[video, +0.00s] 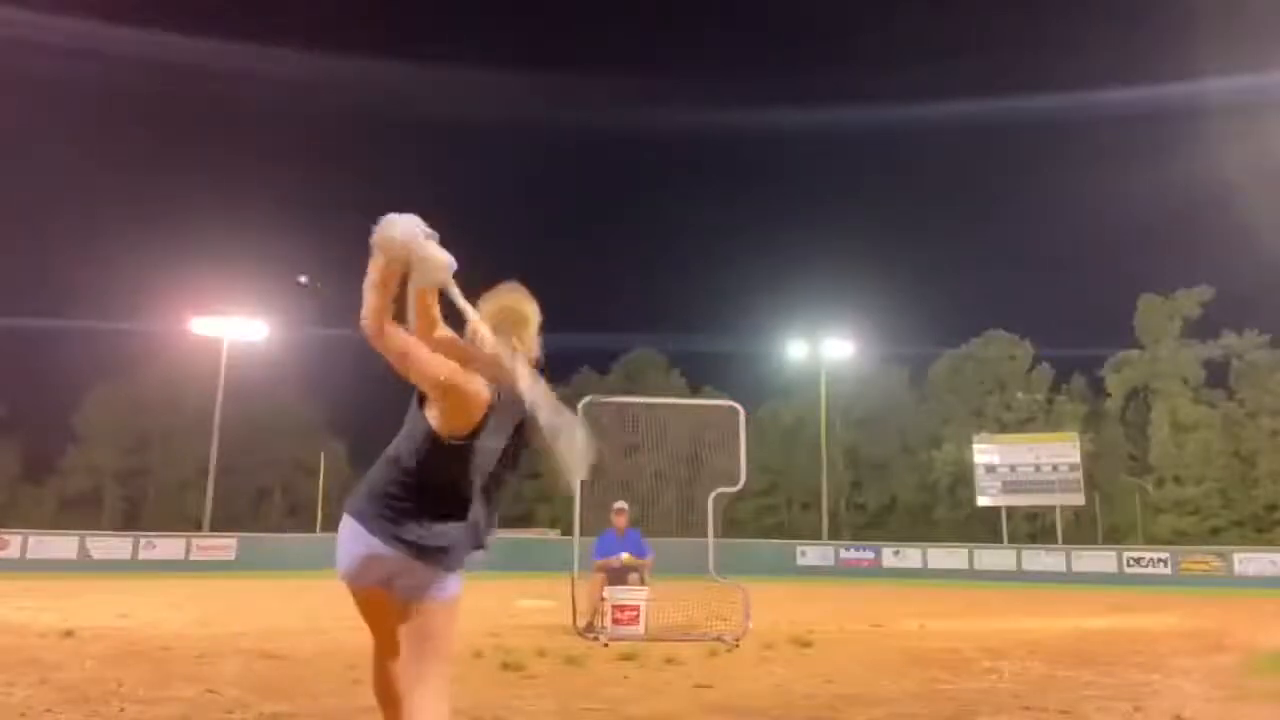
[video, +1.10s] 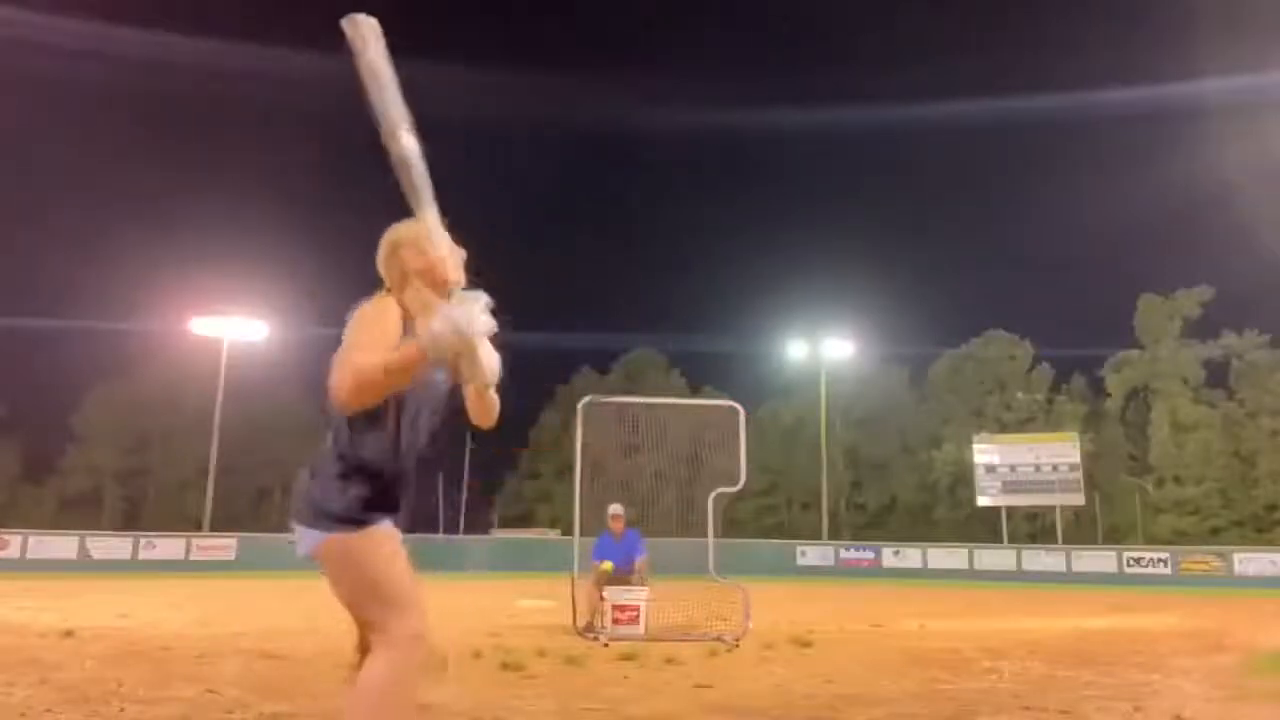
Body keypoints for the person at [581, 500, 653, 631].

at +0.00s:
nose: (620, 518)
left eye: (623, 514)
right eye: (617, 514)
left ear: (628, 517)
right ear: (611, 517)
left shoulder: (635, 535)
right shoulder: (605, 536)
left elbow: (648, 560)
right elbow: (596, 564)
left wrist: (632, 561)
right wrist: (612, 562)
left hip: (629, 570)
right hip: (611, 571)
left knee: (634, 578)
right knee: (598, 577)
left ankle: (635, 620)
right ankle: (591, 620)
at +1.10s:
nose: (617, 523)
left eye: (620, 519)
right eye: (614, 519)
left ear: (624, 520)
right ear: (608, 521)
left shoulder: (633, 536)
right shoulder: (603, 538)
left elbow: (640, 558)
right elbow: (596, 561)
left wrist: (639, 575)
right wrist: (602, 569)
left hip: (628, 573)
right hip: (609, 574)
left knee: (640, 582)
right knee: (594, 586)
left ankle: (637, 623)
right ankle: (590, 621)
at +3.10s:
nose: (612, 520)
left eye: (615, 515)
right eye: (608, 516)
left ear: (621, 517)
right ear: (604, 519)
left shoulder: (631, 537)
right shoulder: (599, 539)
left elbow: (640, 560)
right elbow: (593, 562)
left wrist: (625, 566)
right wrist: (600, 564)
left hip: (625, 572)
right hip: (606, 572)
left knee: (635, 573)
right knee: (593, 580)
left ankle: (635, 618)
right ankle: (590, 620)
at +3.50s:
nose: (604, 521)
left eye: (607, 517)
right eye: (601, 518)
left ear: (614, 517)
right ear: (597, 520)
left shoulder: (626, 537)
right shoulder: (596, 540)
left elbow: (636, 560)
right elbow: (593, 562)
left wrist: (621, 564)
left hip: (625, 573)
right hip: (606, 574)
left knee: (635, 577)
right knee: (593, 580)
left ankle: (635, 621)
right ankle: (590, 621)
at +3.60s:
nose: (599, 523)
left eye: (601, 519)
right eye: (595, 520)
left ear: (609, 518)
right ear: (593, 522)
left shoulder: (623, 537)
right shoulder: (595, 542)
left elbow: (640, 556)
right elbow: (591, 564)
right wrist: (597, 575)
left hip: (622, 573)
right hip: (603, 575)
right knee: (591, 587)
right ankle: (589, 622)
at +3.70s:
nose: (597, 524)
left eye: (600, 519)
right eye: (594, 521)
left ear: (607, 519)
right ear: (591, 523)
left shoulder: (620, 535)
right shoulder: (594, 545)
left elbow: (639, 552)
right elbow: (592, 568)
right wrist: (598, 578)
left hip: (622, 573)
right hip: (603, 575)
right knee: (590, 586)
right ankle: (589, 622)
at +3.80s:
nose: (594, 525)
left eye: (597, 520)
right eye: (591, 522)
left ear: (604, 520)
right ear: (589, 524)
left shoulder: (616, 535)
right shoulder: (593, 546)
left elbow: (637, 544)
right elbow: (592, 567)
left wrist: (640, 552)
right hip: (604, 575)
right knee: (590, 586)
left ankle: (589, 622)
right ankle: (589, 622)